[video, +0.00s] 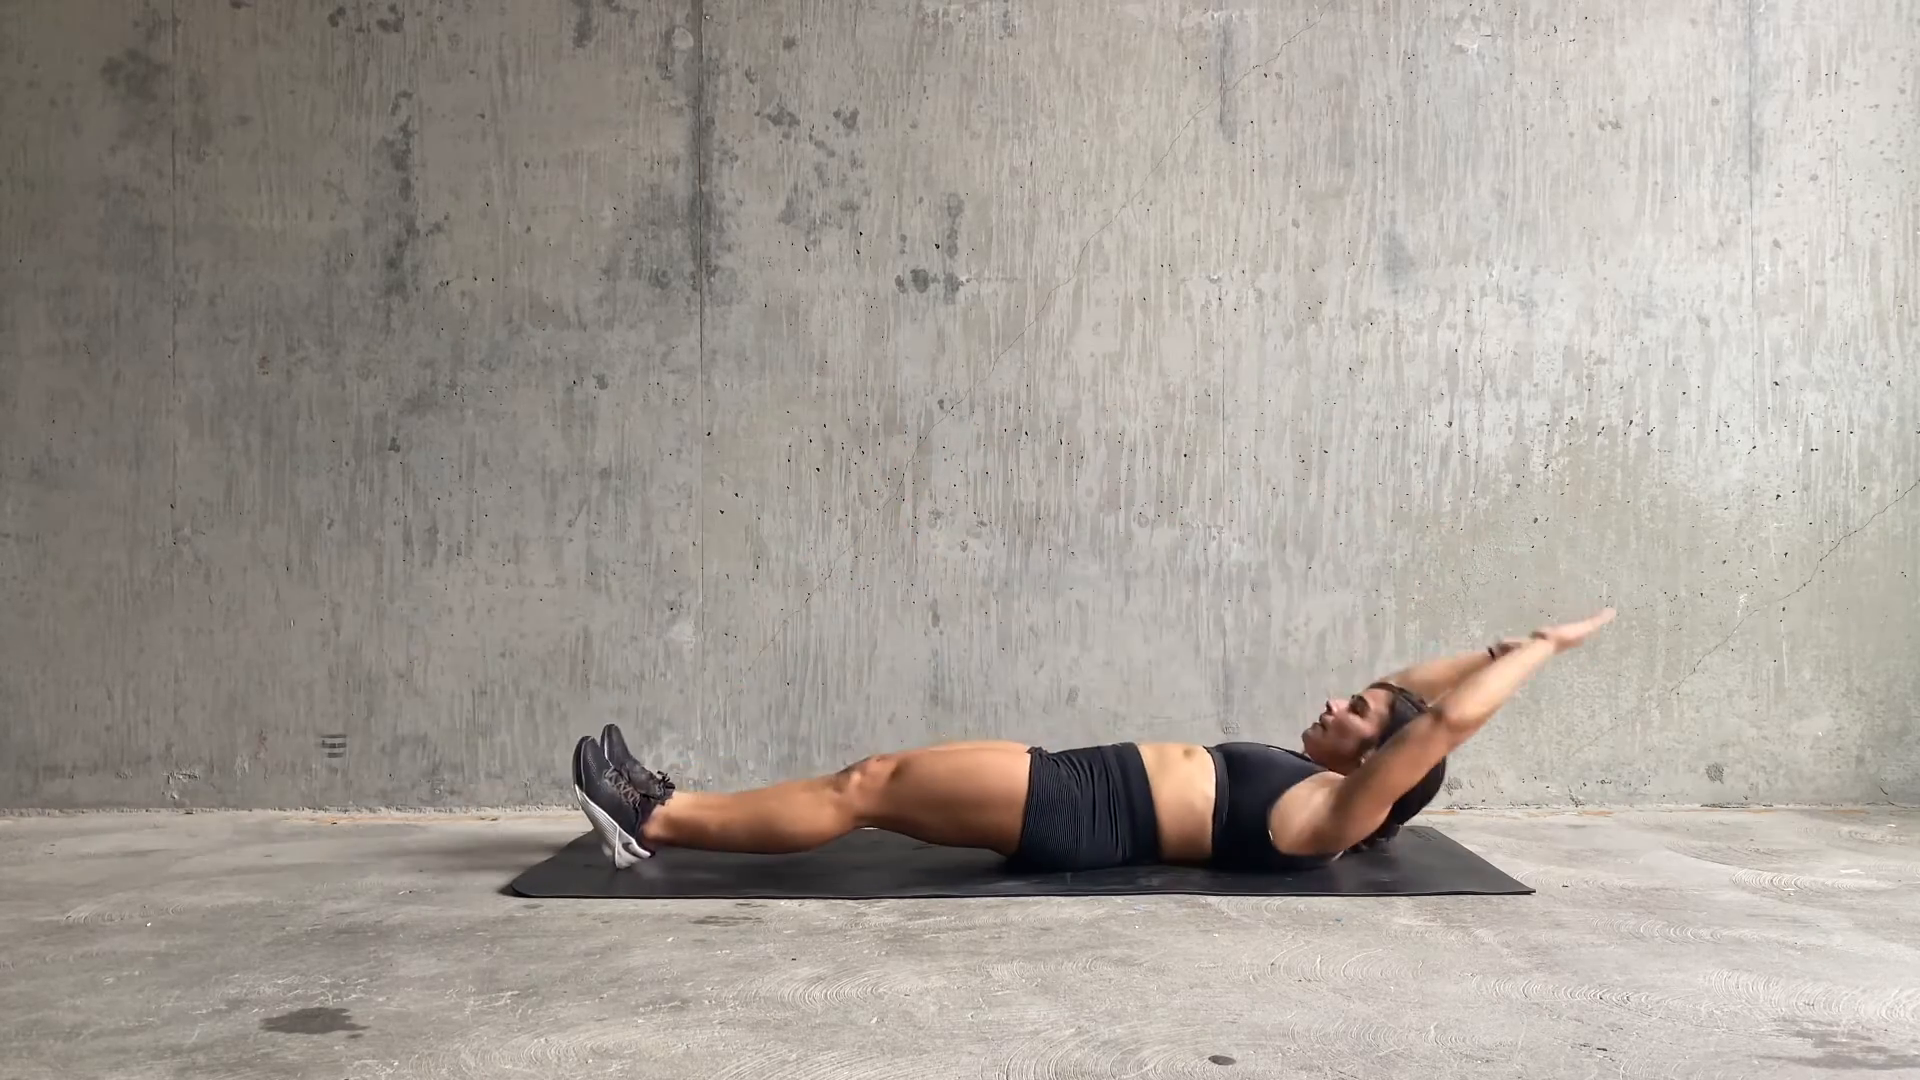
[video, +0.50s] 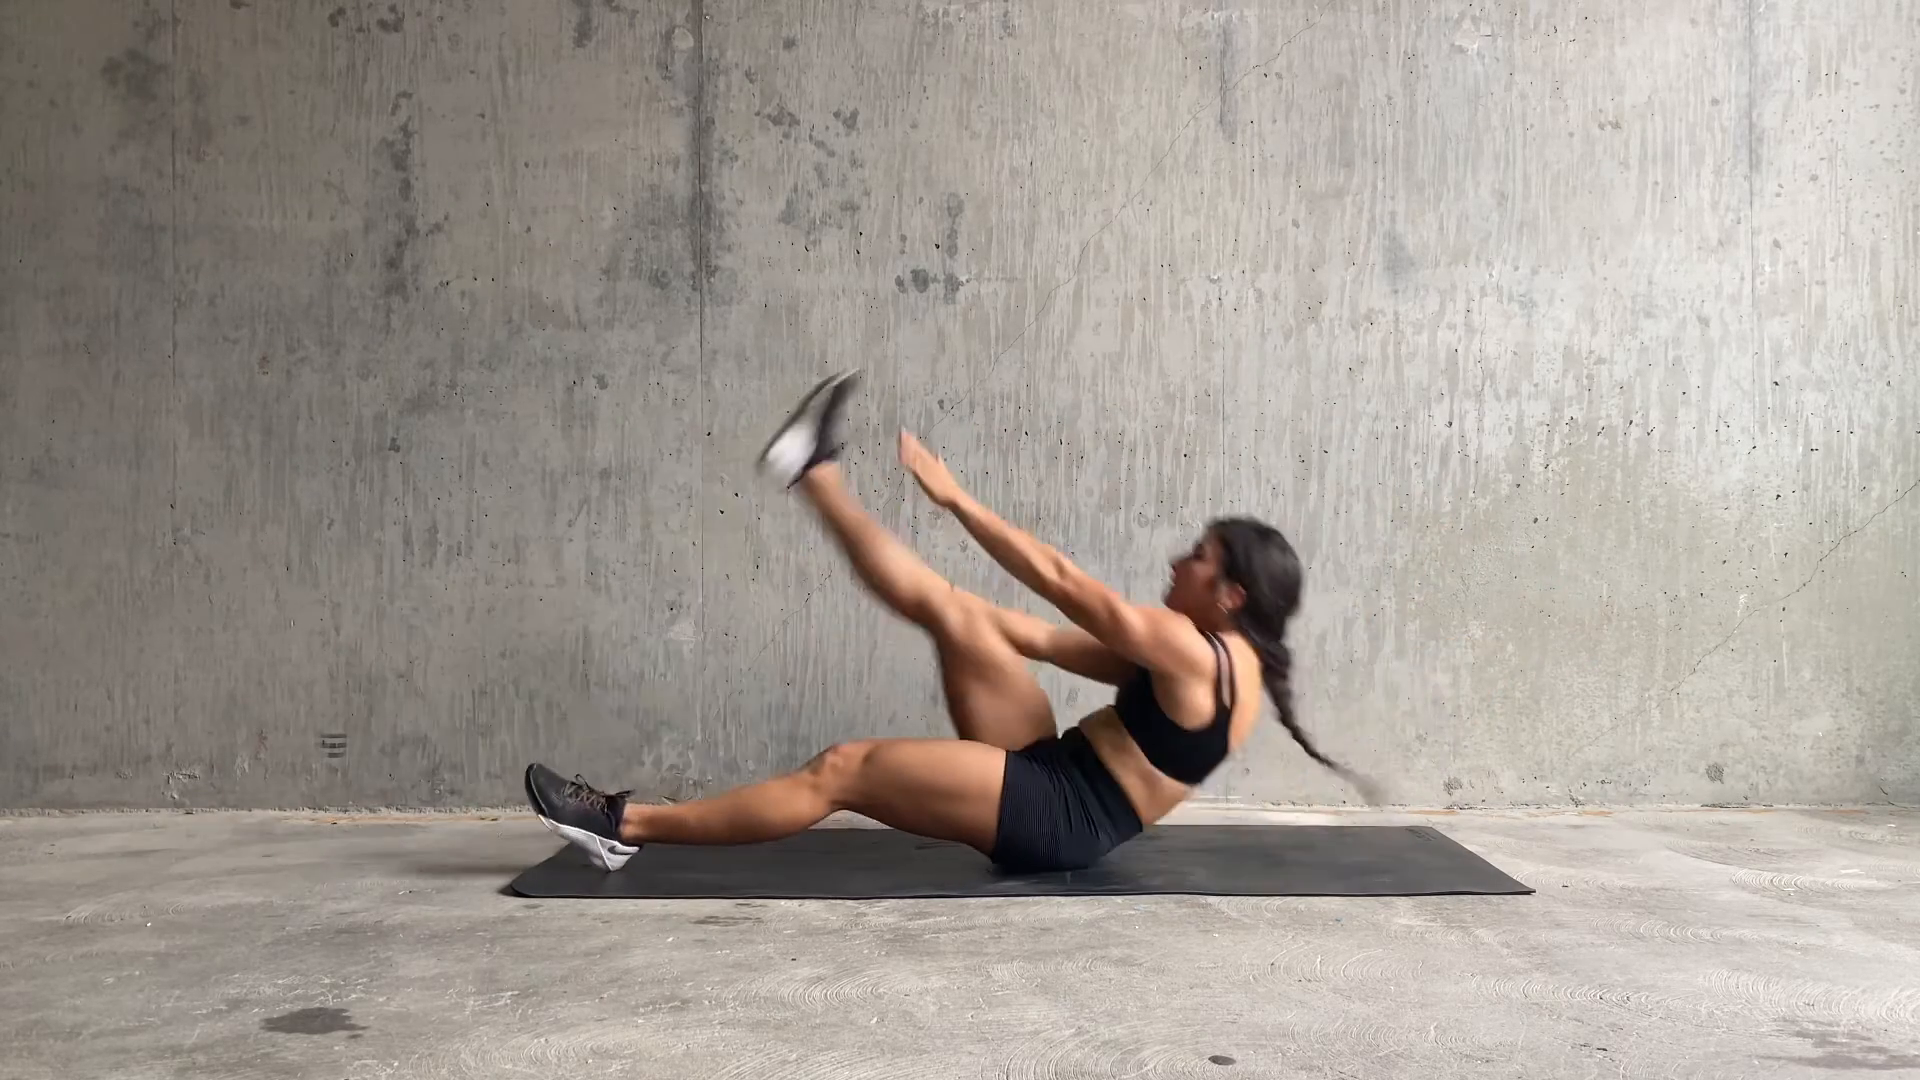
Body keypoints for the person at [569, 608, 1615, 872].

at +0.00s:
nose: (1344, 707)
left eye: (1366, 711)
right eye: (1359, 699)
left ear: (1380, 757)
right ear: (1352, 727)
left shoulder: (1325, 818)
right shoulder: (1313, 781)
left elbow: (1441, 727)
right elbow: (1422, 707)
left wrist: (1541, 650)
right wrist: (1512, 646)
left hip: (1088, 806)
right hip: (1091, 784)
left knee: (872, 786)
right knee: (875, 781)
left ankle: (662, 822)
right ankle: (671, 820)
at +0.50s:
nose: (1175, 567)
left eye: (1193, 562)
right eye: (1190, 556)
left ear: (1229, 594)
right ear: (1237, 598)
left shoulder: (1189, 654)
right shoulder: (1226, 660)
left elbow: (1053, 581)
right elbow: (1073, 645)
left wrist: (956, 498)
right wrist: (995, 619)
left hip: (1059, 812)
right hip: (1058, 768)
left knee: (843, 772)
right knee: (952, 613)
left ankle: (627, 823)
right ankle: (814, 473)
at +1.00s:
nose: (1243, 620)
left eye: (1263, 619)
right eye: (1255, 610)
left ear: (1298, 654)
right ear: (1290, 647)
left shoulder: (1258, 706)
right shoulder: (1242, 697)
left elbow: (1151, 615)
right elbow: (1119, 627)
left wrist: (1067, 504)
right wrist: (1041, 529)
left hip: (1068, 812)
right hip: (1066, 773)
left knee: (852, 790)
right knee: (893, 674)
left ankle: (635, 827)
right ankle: (701, 610)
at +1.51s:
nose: (1338, 702)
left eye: (1358, 700)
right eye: (1352, 691)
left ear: (1380, 745)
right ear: (1361, 730)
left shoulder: (1324, 815)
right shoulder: (1313, 791)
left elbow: (1426, 708)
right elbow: (1410, 702)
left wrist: (1518, 628)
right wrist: (1500, 632)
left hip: (1089, 807)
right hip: (1089, 782)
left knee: (874, 785)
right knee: (874, 774)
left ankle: (659, 825)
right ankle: (668, 816)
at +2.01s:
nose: (1163, 554)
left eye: (1182, 549)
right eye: (1174, 542)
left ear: (1222, 582)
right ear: (1213, 577)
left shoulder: (1196, 662)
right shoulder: (1177, 634)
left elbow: (1051, 636)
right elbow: (1048, 582)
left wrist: (922, 581)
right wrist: (949, 505)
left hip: (1066, 815)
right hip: (1050, 791)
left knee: (957, 614)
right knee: (849, 761)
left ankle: (826, 455)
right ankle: (653, 807)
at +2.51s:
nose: (1273, 661)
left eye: (1293, 657)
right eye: (1285, 648)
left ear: (1328, 690)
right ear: (1327, 691)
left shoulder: (1291, 745)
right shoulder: (1282, 746)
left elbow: (1231, 626)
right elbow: (1230, 629)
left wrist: (1215, 493)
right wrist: (1219, 505)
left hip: (1075, 808)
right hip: (1072, 801)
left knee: (882, 714)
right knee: (862, 775)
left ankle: (669, 684)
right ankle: (660, 810)